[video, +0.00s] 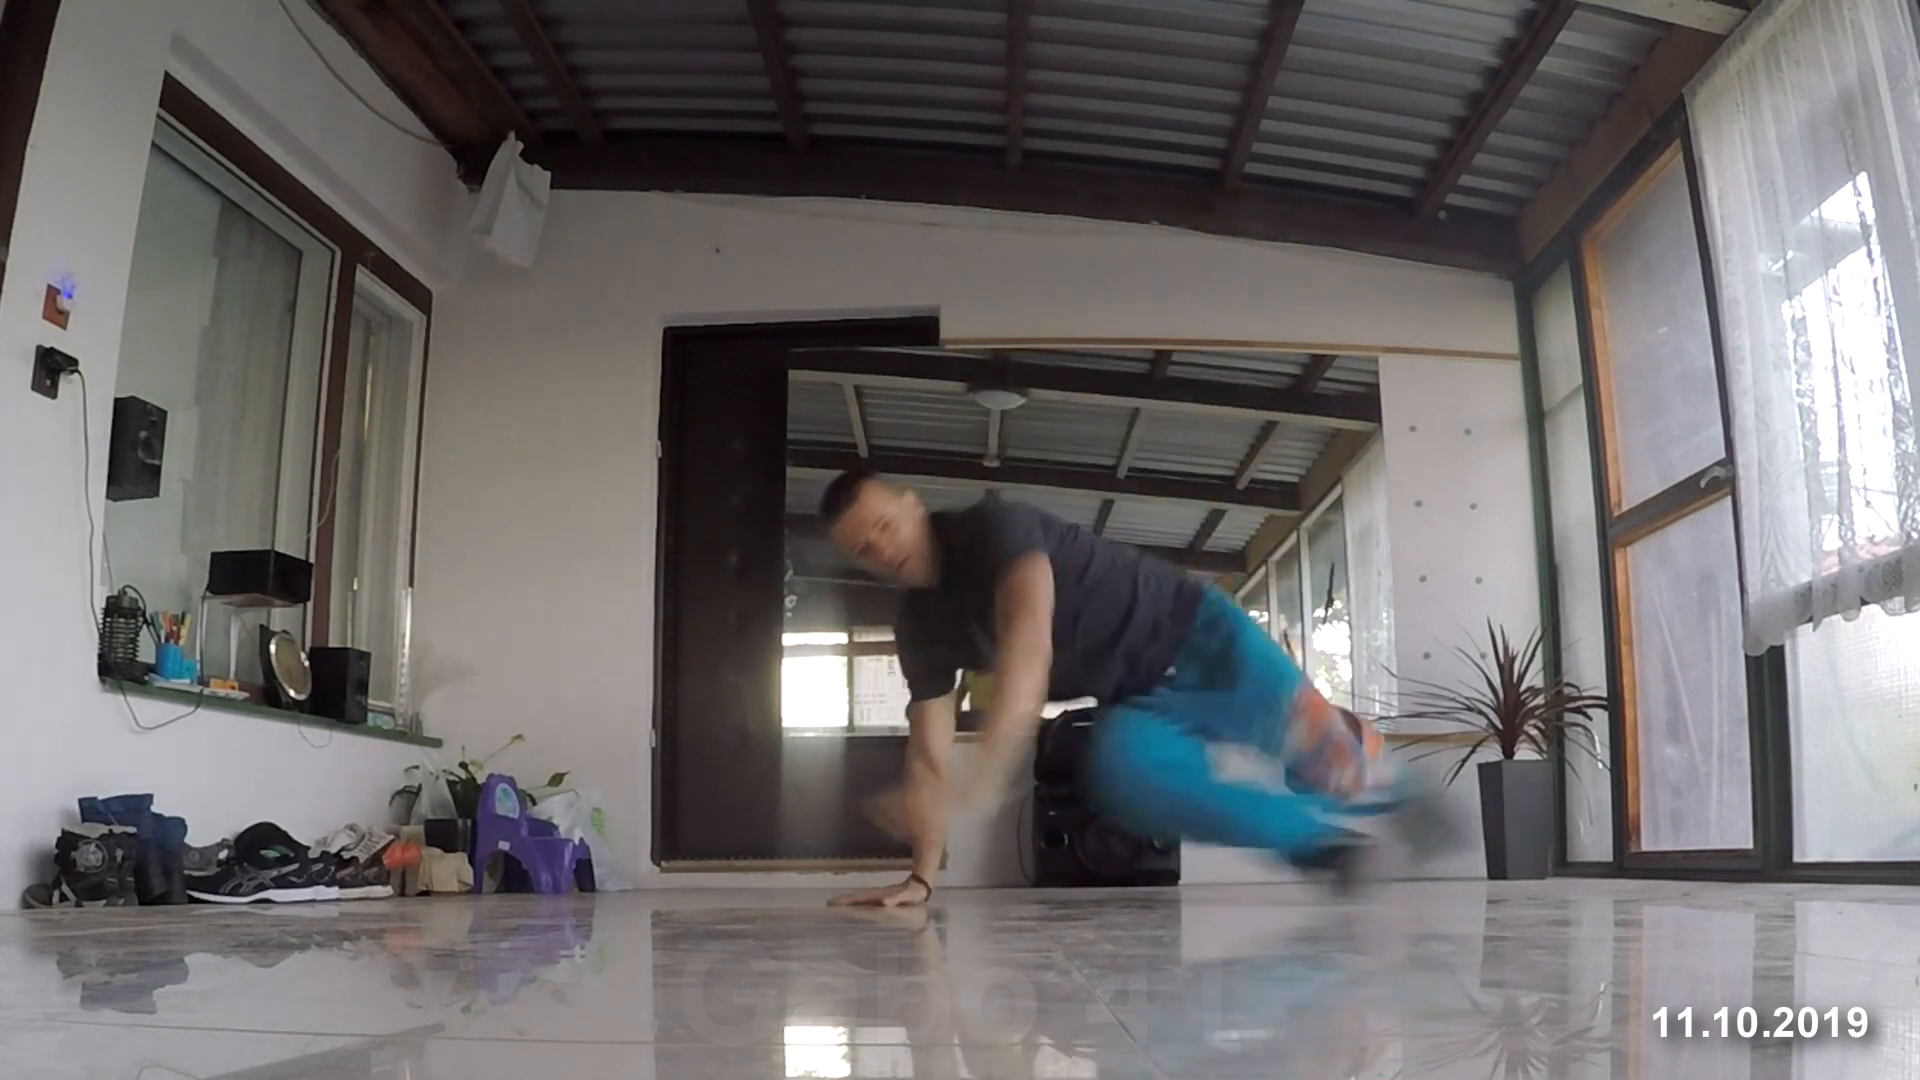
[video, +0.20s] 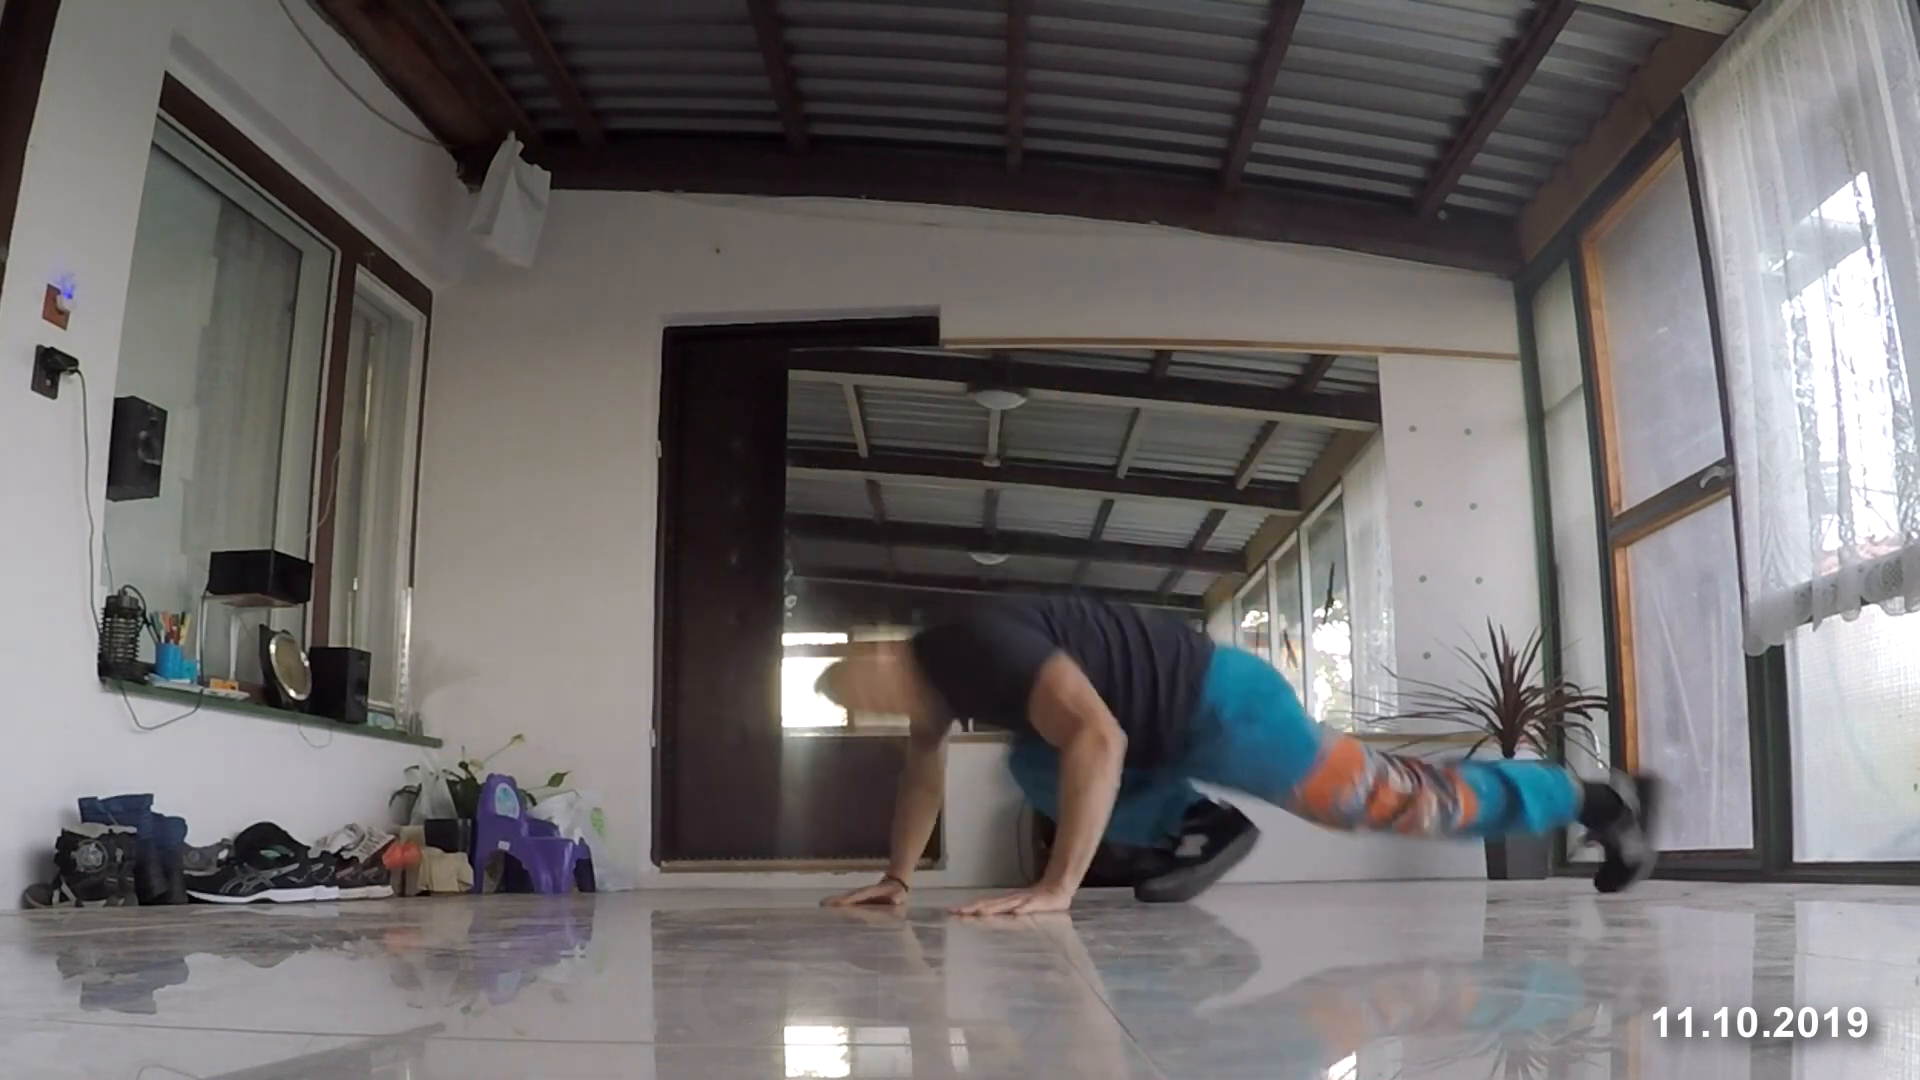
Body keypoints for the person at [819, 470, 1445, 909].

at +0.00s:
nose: (881, 553)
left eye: (883, 529)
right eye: (862, 551)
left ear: (911, 502)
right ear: (858, 561)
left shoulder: (1000, 527)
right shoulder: (920, 624)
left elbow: (1027, 664)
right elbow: (933, 753)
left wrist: (974, 784)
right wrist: (921, 877)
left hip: (1206, 635)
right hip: (1145, 700)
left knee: (1329, 770)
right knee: (1122, 770)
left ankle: (1410, 800)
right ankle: (1335, 841)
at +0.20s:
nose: (857, 714)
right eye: (848, 705)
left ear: (872, 659)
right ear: (875, 666)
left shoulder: (977, 636)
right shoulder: (942, 678)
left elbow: (1099, 738)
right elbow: (923, 768)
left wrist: (1056, 890)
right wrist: (897, 875)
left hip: (1211, 702)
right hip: (1137, 738)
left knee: (1401, 801)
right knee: (1036, 776)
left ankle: (1585, 796)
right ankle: (1194, 830)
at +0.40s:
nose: (962, 821)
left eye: (945, 816)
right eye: (943, 825)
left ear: (925, 764)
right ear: (925, 772)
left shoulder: (1005, 683)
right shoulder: (953, 733)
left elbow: (1100, 743)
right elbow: (951, 784)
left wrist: (1054, 887)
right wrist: (901, 871)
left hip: (1245, 728)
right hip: (1169, 763)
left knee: (1436, 813)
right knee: (1063, 834)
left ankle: (1620, 805)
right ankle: (1217, 831)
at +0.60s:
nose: (924, 768)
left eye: (911, 761)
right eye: (907, 768)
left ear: (916, 715)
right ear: (909, 718)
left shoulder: (1006, 643)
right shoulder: (951, 697)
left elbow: (1085, 736)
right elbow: (929, 786)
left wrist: (1053, 887)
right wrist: (896, 878)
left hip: (1241, 674)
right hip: (1167, 726)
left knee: (1412, 775)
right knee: (1058, 787)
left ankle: (1622, 803)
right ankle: (1214, 838)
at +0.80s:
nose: (858, 447)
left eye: (863, 426)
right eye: (846, 443)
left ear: (903, 409)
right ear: (857, 461)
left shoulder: (985, 446)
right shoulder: (933, 533)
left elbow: (1015, 590)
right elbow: (919, 672)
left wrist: (1005, 748)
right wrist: (887, 800)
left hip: (1235, 528)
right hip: (1169, 597)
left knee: (1405, 641)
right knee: (1094, 702)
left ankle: (1561, 749)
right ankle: (1232, 847)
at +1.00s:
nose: (886, 261)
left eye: (892, 238)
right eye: (869, 254)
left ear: (928, 220)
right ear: (865, 264)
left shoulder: (1012, 279)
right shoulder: (913, 348)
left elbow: (1080, 414)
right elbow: (922, 482)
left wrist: (1047, 557)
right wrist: (925, 605)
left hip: (1163, 447)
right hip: (1101, 503)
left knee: (1198, 597)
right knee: (1053, 634)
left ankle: (1307, 734)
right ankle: (1192, 805)